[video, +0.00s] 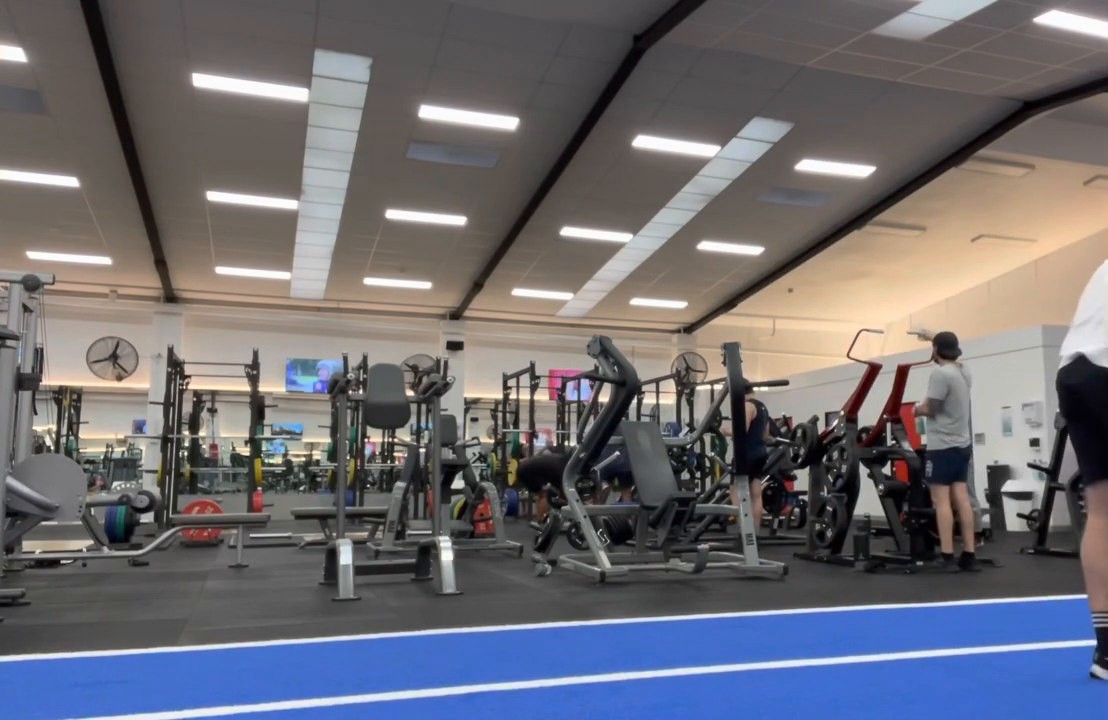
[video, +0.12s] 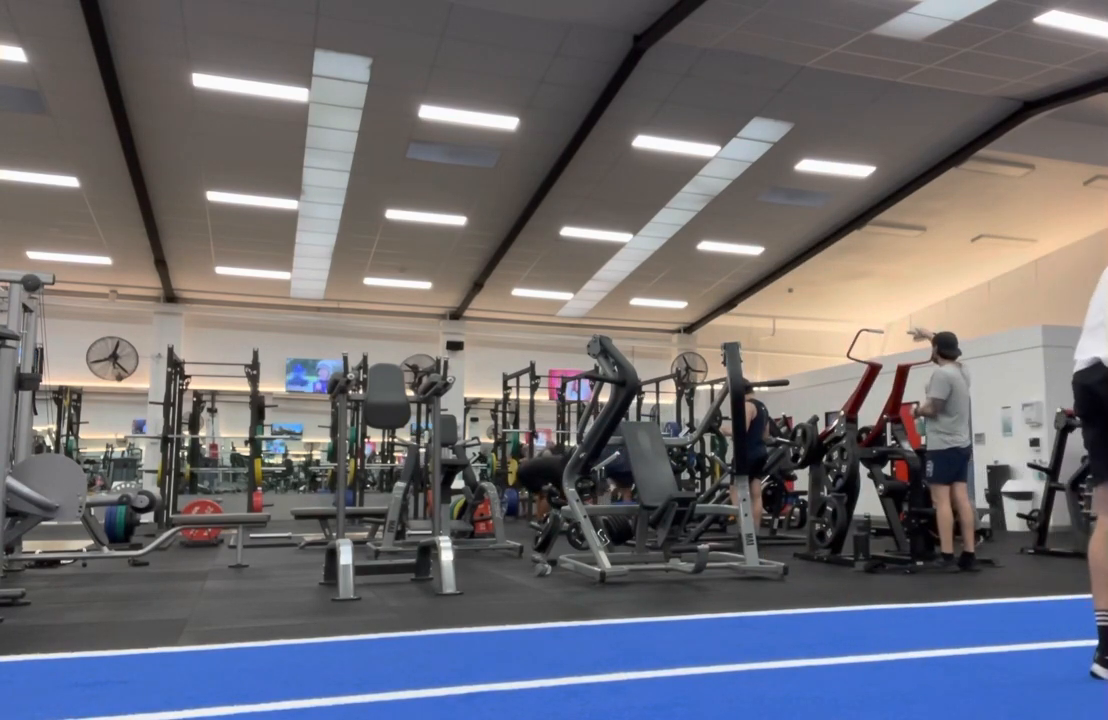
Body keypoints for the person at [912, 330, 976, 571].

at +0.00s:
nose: (932, 352)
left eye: (933, 348)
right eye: (934, 348)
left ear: (936, 351)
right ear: (956, 350)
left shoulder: (939, 374)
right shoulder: (963, 373)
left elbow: (932, 407)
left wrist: (918, 409)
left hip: (941, 447)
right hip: (962, 446)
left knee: (941, 501)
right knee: (962, 498)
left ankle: (947, 554)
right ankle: (969, 552)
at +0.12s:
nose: (931, 351)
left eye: (933, 348)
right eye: (933, 348)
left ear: (937, 351)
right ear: (954, 351)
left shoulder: (941, 374)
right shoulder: (962, 372)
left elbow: (933, 408)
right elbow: (948, 350)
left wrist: (918, 410)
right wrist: (928, 336)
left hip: (941, 447)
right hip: (961, 445)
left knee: (941, 501)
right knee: (962, 498)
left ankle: (947, 555)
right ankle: (969, 553)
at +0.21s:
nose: (931, 351)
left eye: (933, 348)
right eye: (932, 347)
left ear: (937, 351)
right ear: (954, 351)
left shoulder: (942, 374)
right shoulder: (959, 371)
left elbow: (934, 409)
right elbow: (942, 351)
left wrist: (918, 409)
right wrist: (926, 335)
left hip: (942, 446)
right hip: (961, 444)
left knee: (941, 501)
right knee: (962, 499)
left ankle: (947, 555)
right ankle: (969, 553)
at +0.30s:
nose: (932, 351)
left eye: (933, 349)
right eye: (932, 348)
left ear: (938, 352)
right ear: (955, 351)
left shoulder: (943, 374)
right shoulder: (960, 372)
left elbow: (935, 409)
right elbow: (937, 355)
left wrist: (917, 411)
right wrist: (925, 334)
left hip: (942, 447)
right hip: (961, 444)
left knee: (941, 501)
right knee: (962, 498)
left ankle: (946, 555)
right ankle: (969, 552)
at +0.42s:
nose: (932, 350)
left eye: (934, 348)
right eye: (933, 347)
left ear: (939, 352)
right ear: (955, 351)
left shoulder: (944, 374)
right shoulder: (960, 371)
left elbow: (934, 409)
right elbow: (937, 353)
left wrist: (916, 411)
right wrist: (923, 334)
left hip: (942, 447)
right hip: (961, 445)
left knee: (941, 501)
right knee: (962, 499)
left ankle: (946, 555)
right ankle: (969, 553)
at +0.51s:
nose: (933, 350)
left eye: (935, 347)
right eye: (934, 346)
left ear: (941, 351)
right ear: (956, 351)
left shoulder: (943, 374)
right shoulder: (962, 372)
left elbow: (933, 409)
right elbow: (939, 354)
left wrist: (917, 410)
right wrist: (923, 336)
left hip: (942, 447)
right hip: (961, 445)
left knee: (941, 501)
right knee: (962, 499)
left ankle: (947, 555)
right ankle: (969, 553)